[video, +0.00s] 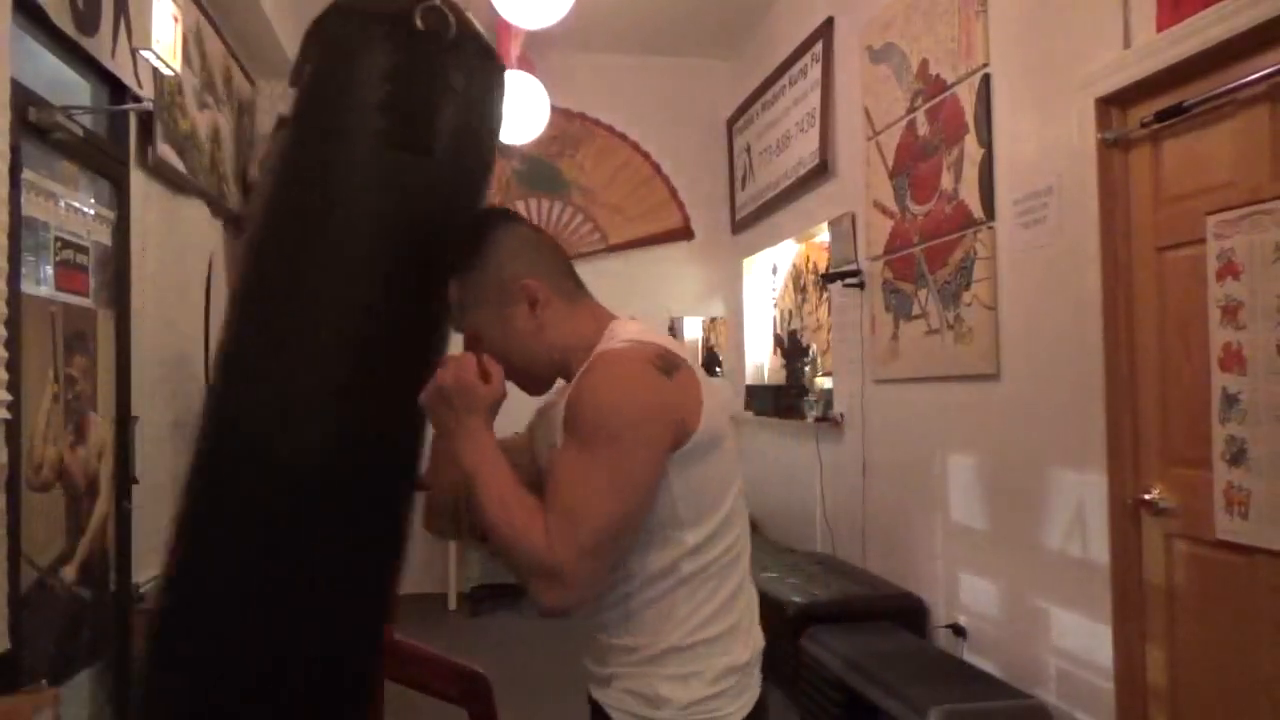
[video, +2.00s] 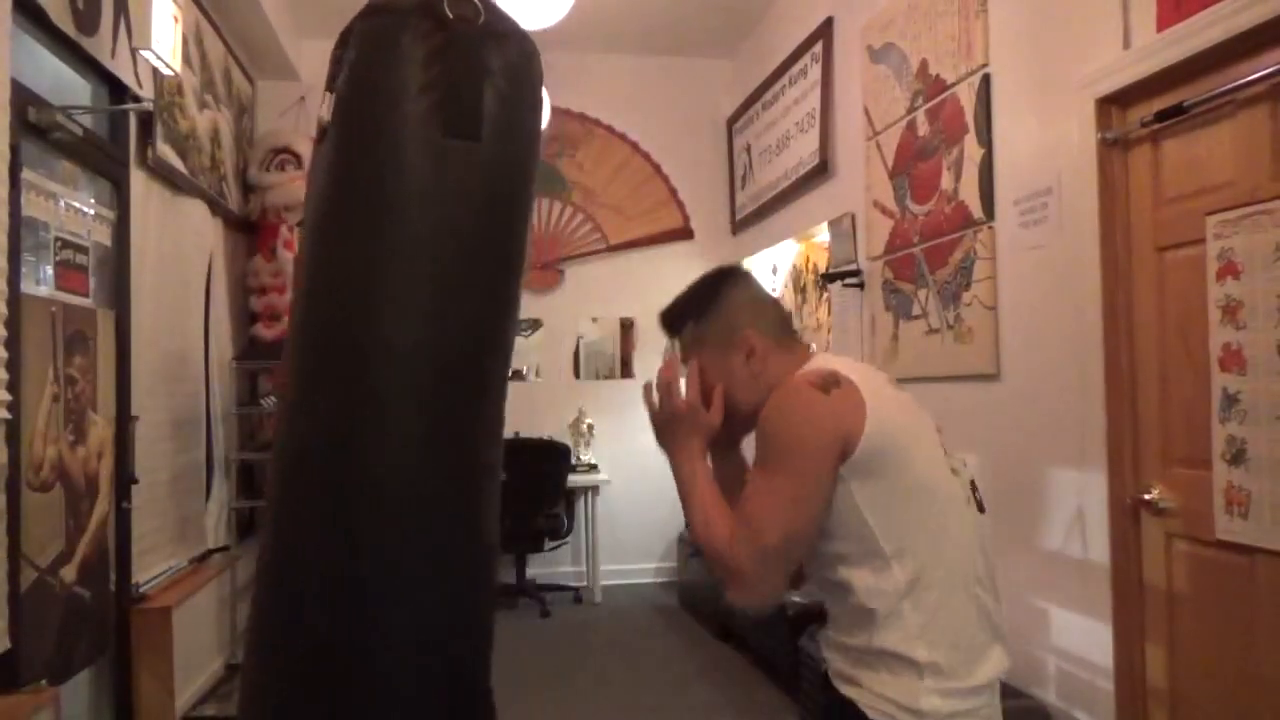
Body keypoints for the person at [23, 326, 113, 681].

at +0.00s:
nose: (70, 390)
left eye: (75, 382)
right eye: (65, 383)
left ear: (91, 385)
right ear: (60, 389)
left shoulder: (104, 430)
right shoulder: (64, 436)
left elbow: (106, 501)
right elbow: (38, 480)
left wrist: (76, 563)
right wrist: (47, 405)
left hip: (103, 551)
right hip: (74, 549)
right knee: (31, 603)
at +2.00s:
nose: (69, 391)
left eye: (75, 381)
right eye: (64, 383)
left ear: (91, 385)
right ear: (60, 389)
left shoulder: (105, 431)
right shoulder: (62, 437)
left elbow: (105, 501)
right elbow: (38, 481)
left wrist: (76, 562)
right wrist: (46, 401)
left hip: (104, 551)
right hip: (74, 550)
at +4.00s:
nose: (70, 391)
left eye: (76, 382)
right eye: (65, 383)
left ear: (90, 383)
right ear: (61, 389)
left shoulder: (104, 431)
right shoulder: (62, 439)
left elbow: (105, 501)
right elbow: (36, 479)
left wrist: (76, 562)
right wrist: (46, 401)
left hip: (103, 550)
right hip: (74, 551)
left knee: (101, 631)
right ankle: (58, 692)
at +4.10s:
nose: (70, 391)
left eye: (75, 382)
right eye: (65, 384)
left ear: (90, 383)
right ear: (61, 388)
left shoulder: (103, 432)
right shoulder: (63, 438)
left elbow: (105, 500)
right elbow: (37, 480)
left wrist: (76, 562)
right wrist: (47, 401)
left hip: (100, 552)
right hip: (73, 551)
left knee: (100, 630)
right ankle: (61, 688)